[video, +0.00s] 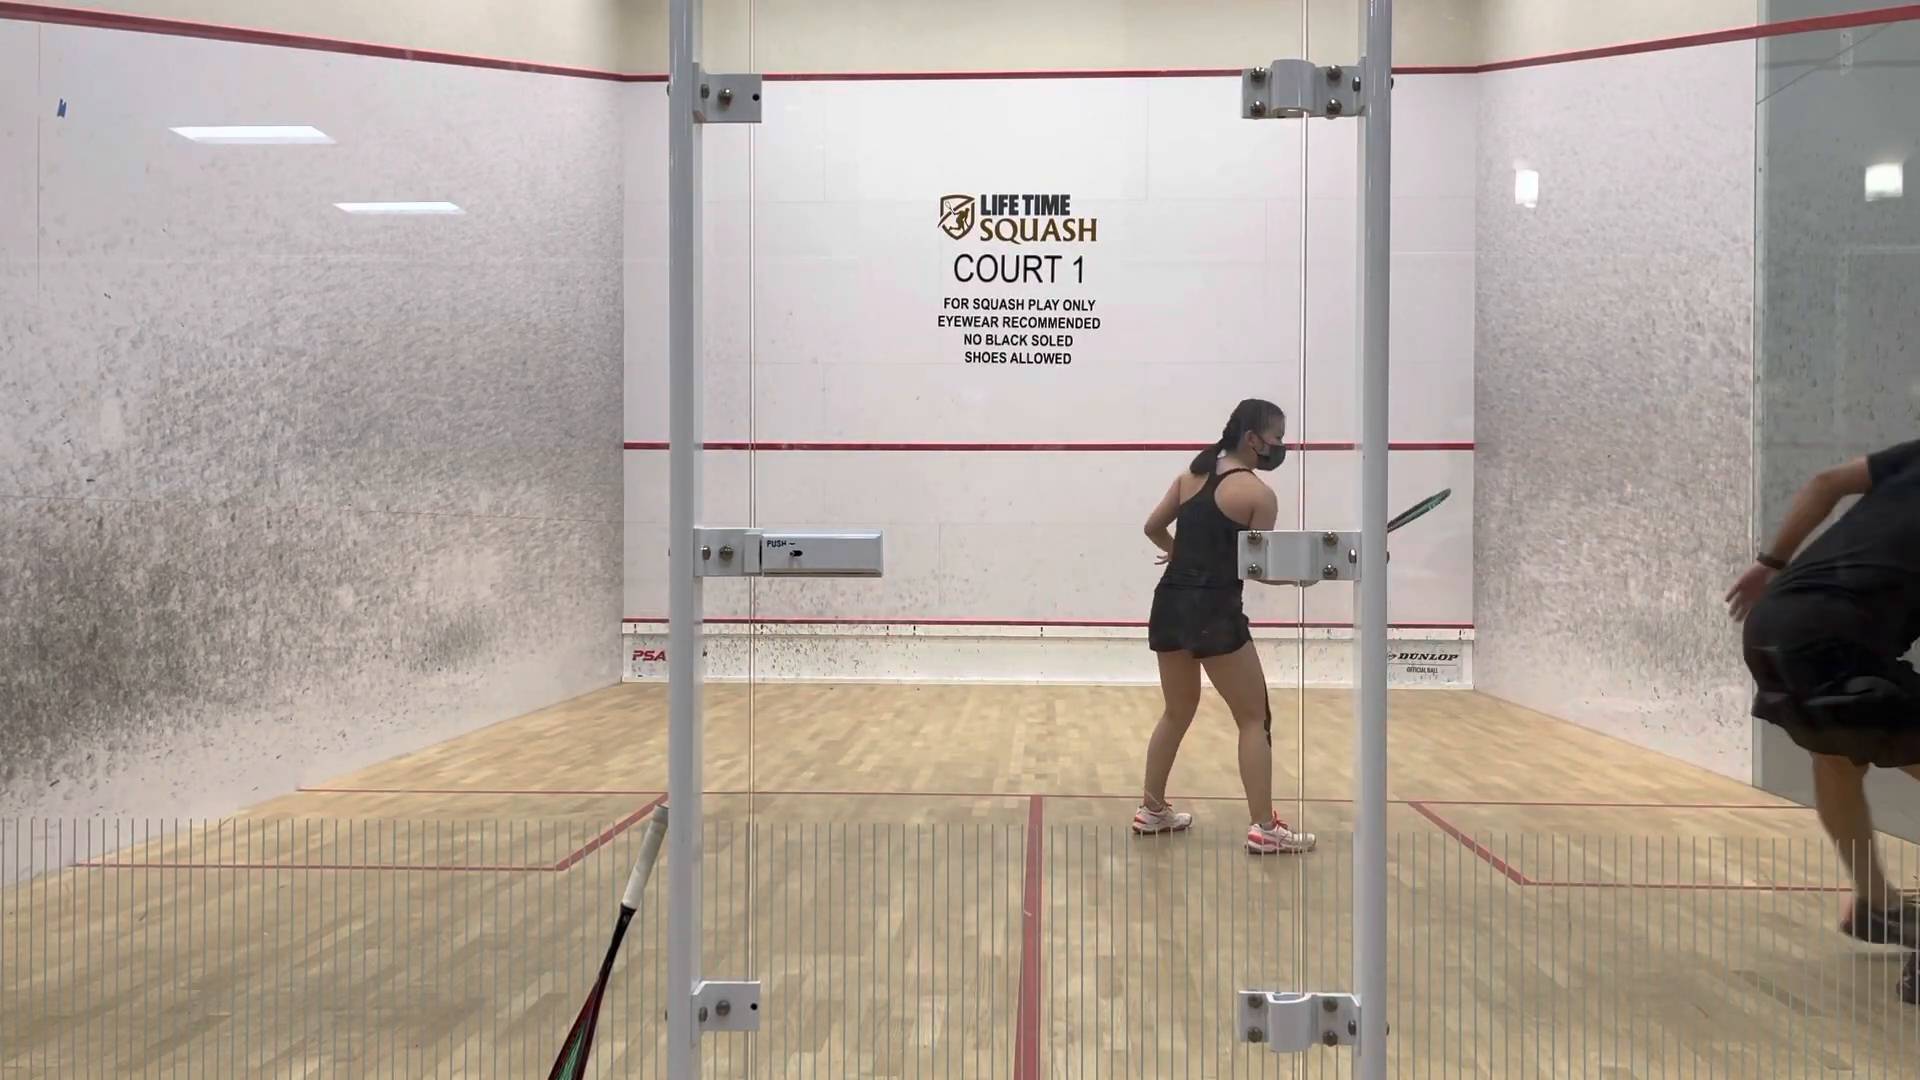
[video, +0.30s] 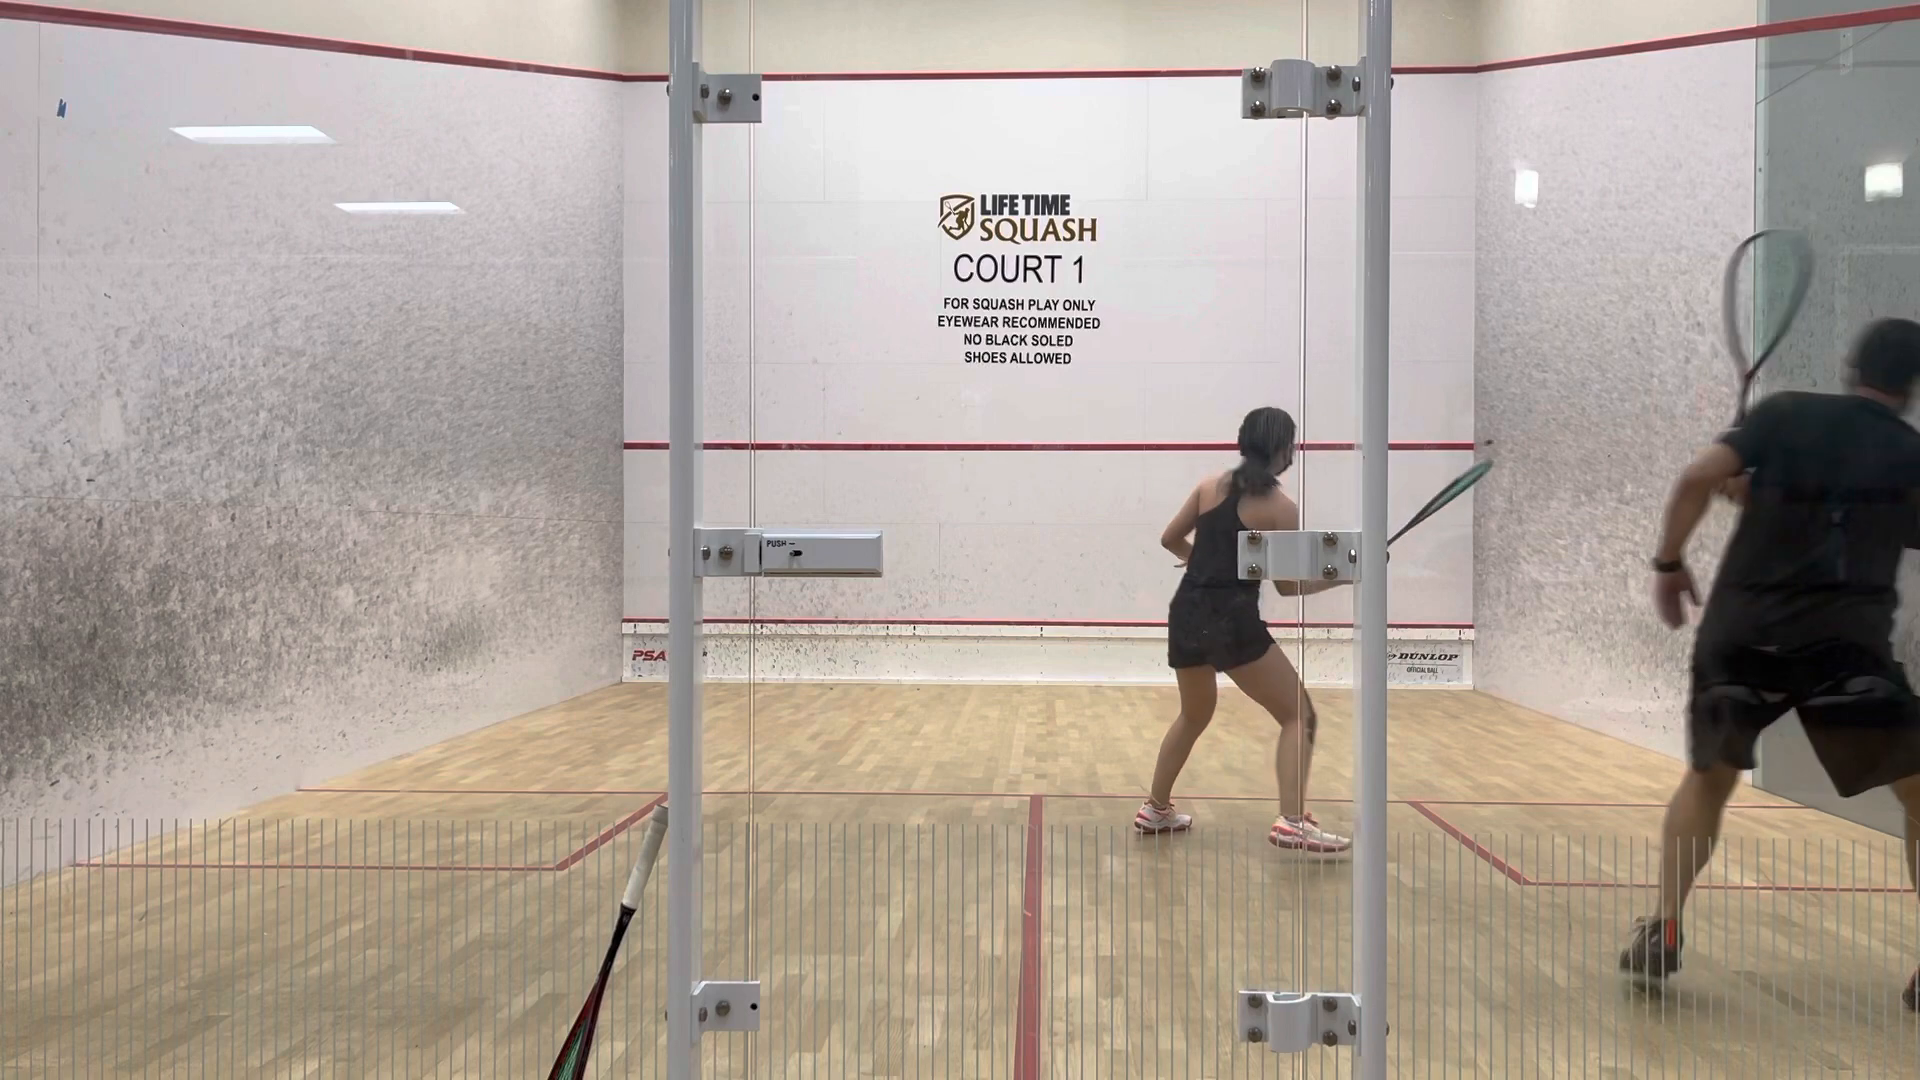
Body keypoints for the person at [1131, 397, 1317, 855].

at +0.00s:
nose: (1280, 448)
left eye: (1281, 440)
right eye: (1276, 440)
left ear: (1239, 436)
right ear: (1252, 437)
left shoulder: (1193, 473)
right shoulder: (1258, 495)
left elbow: (1153, 527)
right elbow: (1260, 563)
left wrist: (1176, 552)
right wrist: (1313, 561)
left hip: (1169, 610)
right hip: (1215, 615)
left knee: (1177, 710)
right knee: (1253, 717)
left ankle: (1151, 809)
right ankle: (1263, 826)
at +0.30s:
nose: (1294, 452)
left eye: (1291, 444)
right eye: (1292, 445)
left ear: (1245, 444)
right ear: (1285, 450)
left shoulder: (1210, 485)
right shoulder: (1281, 508)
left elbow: (1171, 538)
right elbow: (1287, 585)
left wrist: (1201, 562)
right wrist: (1333, 578)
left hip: (1186, 621)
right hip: (1233, 627)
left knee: (1193, 715)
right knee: (1299, 715)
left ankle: (1155, 809)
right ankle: (1292, 820)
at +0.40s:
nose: (1313, 461)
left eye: (1312, 453)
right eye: (1310, 453)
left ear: (1264, 453)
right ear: (1298, 458)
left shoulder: (1231, 497)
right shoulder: (1297, 517)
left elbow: (1193, 548)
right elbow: (1317, 593)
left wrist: (1232, 566)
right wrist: (1377, 573)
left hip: (1204, 633)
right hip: (1250, 641)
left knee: (1205, 722)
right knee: (1329, 722)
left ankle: (1157, 808)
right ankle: (1310, 830)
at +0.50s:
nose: (1346, 451)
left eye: (1344, 442)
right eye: (1341, 443)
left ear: (1298, 444)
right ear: (1326, 448)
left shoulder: (1269, 488)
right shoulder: (1328, 503)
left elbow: (1229, 539)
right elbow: (1352, 578)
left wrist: (1288, 554)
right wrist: (1416, 556)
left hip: (1243, 627)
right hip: (1282, 636)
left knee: (1222, 723)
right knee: (1353, 729)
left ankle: (1169, 798)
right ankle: (1310, 835)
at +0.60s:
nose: (1381, 426)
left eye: (1378, 415)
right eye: (1376, 416)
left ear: (1329, 420)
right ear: (1365, 423)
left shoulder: (1307, 467)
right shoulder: (1349, 477)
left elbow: (1275, 525)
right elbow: (1377, 556)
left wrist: (1314, 572)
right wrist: (1444, 532)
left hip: (1276, 610)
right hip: (1312, 618)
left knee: (1278, 714)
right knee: (1359, 727)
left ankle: (1230, 812)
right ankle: (1312, 832)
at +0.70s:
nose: (1419, 413)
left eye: (1419, 403)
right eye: (1416, 403)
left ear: (1382, 401)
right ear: (1399, 405)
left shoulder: (1351, 451)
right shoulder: (1378, 462)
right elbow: (1386, 540)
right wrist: (1460, 516)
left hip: (1311, 592)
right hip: (1331, 597)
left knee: (1322, 708)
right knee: (1384, 713)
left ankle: (1306, 820)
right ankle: (1339, 823)